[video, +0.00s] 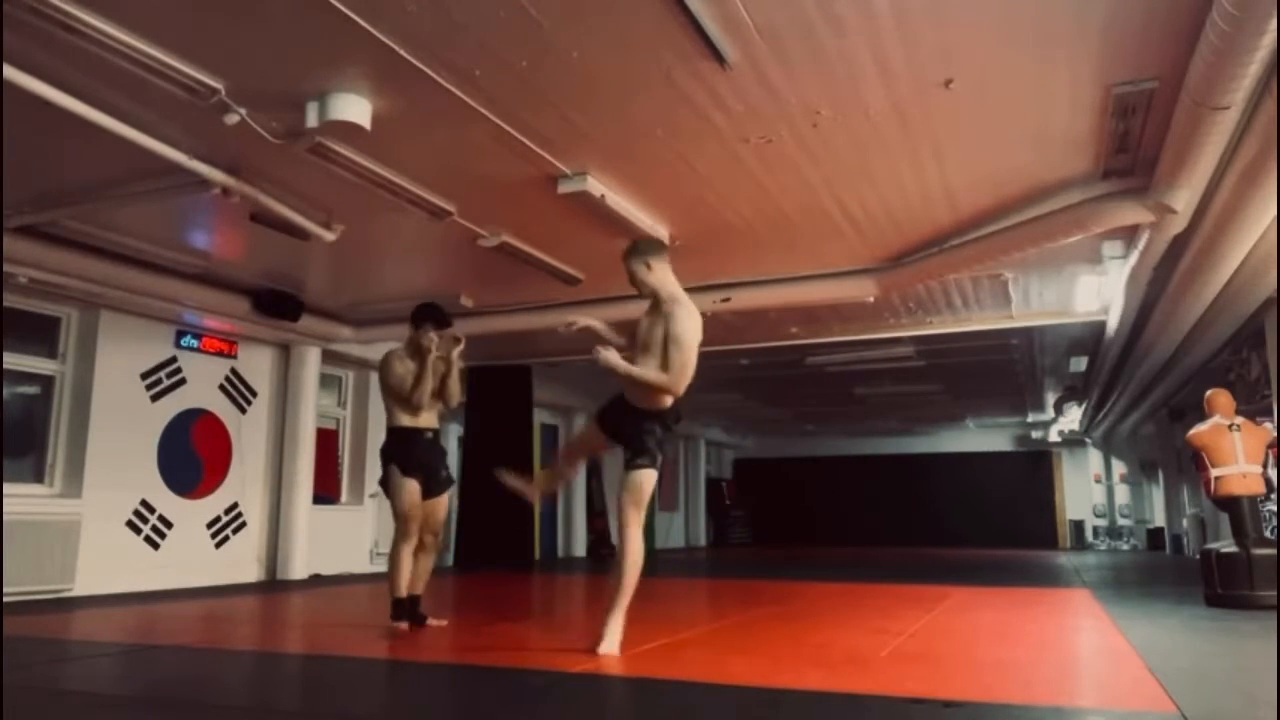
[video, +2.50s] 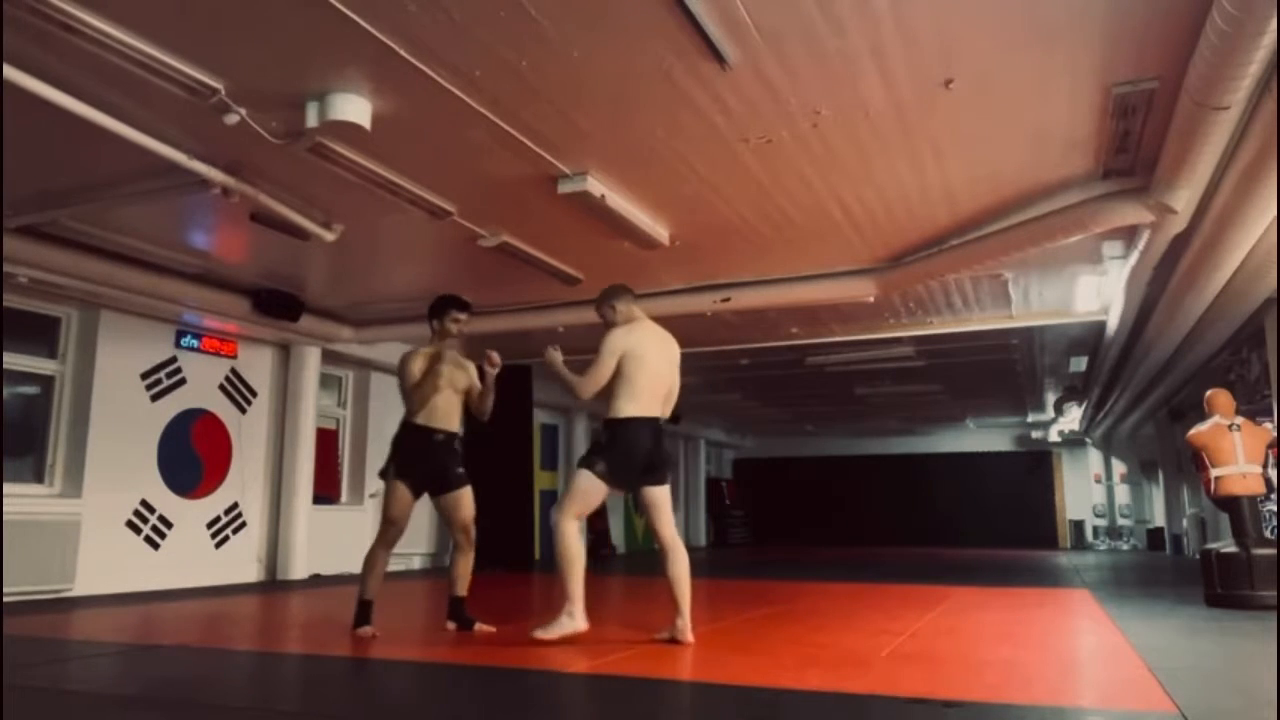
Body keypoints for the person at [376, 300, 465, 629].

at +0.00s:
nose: (435, 339)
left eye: (440, 334)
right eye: (431, 332)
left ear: (443, 336)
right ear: (415, 329)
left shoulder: (439, 363)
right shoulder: (394, 360)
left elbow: (452, 400)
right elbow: (415, 401)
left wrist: (453, 358)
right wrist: (428, 358)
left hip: (433, 448)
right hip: (402, 446)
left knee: (432, 534)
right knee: (408, 529)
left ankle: (415, 604)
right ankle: (399, 606)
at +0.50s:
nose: (401, 333)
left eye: (406, 328)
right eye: (396, 325)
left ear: (409, 332)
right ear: (378, 323)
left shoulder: (405, 365)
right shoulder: (354, 355)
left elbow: (414, 414)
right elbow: (362, 400)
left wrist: (426, 381)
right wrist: (384, 360)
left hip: (394, 446)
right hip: (360, 444)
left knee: (414, 531)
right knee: (348, 531)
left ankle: (410, 607)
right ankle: (327, 614)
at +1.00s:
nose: (443, 336)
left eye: (446, 332)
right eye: (437, 329)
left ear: (445, 335)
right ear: (416, 328)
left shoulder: (439, 368)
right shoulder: (397, 360)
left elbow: (438, 423)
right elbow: (408, 404)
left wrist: (461, 396)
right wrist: (438, 366)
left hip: (426, 455)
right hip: (393, 452)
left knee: (454, 530)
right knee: (365, 536)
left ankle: (457, 609)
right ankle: (329, 610)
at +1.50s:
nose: (484, 334)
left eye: (486, 328)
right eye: (479, 326)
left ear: (479, 330)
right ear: (460, 325)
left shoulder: (468, 364)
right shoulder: (450, 358)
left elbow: (475, 413)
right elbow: (445, 398)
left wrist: (496, 389)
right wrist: (486, 379)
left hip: (474, 447)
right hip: (466, 434)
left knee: (485, 532)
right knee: (537, 429)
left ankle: (462, 607)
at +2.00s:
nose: (498, 334)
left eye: (500, 328)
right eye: (494, 326)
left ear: (473, 328)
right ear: (475, 324)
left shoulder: (452, 360)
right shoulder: (468, 357)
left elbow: (443, 402)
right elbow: (470, 398)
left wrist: (486, 393)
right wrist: (510, 387)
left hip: (460, 438)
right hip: (475, 437)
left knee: (483, 528)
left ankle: (462, 604)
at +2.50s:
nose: (461, 328)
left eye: (464, 323)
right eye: (455, 321)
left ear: (465, 327)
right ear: (435, 322)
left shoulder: (468, 367)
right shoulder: (416, 358)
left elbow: (483, 412)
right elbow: (412, 400)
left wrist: (490, 378)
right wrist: (438, 361)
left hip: (450, 449)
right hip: (413, 444)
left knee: (466, 532)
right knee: (390, 530)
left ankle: (458, 610)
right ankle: (364, 613)